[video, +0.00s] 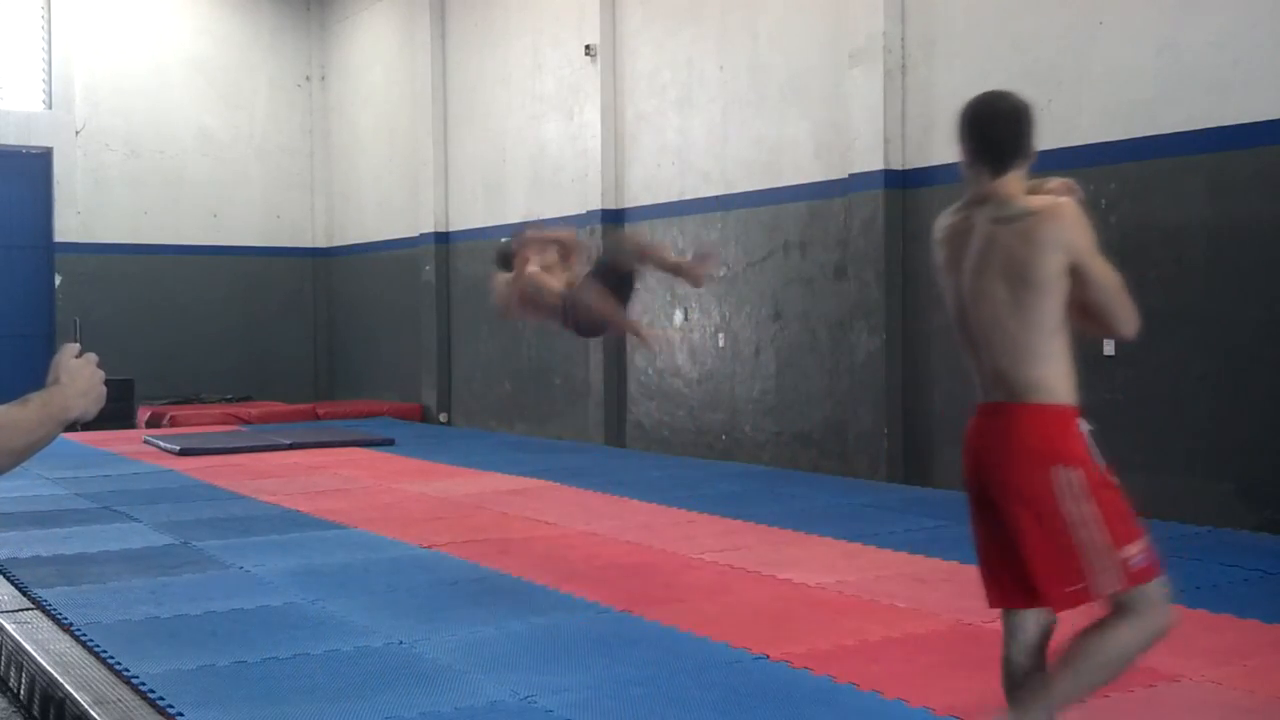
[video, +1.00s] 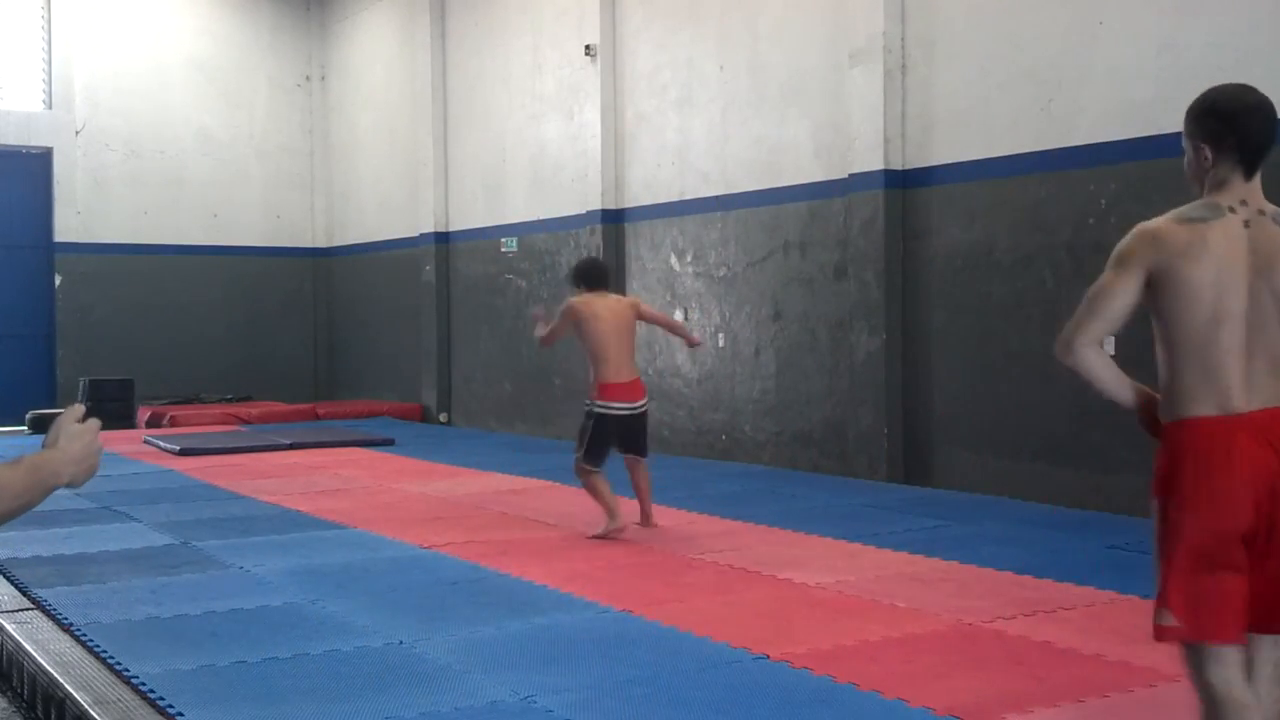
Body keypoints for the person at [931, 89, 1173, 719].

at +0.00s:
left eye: (973, 145)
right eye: (1024, 143)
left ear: (964, 151)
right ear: (1030, 147)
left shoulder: (948, 228)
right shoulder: (1057, 215)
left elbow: (1002, 296)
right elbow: (1121, 321)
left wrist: (1045, 210)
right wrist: (1049, 279)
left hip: (988, 441)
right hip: (1049, 443)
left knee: (1026, 618)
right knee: (1149, 609)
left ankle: (1022, 718)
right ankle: (1031, 706)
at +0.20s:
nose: (1018, 148)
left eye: (1017, 136)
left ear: (1014, 142)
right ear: (1083, 141)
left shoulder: (987, 223)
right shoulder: (1121, 220)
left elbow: (1040, 291)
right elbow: (1172, 335)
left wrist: (1091, 204)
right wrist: (1095, 306)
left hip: (1030, 444)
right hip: (1109, 443)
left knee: (1041, 630)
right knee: (1185, 618)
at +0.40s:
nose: (1079, 152)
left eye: (1079, 142)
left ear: (1083, 144)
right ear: (1149, 144)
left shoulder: (1042, 237)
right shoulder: (1202, 233)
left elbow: (993, 339)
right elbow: (1258, 357)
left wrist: (1056, 300)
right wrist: (1202, 321)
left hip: (1083, 448)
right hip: (1171, 450)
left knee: (1065, 634)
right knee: (1204, 635)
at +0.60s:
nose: (1132, 162)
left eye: (1132, 151)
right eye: (1132, 151)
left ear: (1144, 153)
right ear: (1206, 150)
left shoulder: (1100, 241)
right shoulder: (1265, 237)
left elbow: (1085, 368)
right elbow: (1275, 373)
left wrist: (1139, 335)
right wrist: (1232, 338)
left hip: (1137, 451)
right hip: (1228, 452)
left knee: (1104, 634)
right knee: (1236, 646)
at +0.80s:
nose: (1170, 160)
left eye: (1171, 148)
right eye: (1169, 148)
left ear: (1190, 150)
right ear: (1244, 149)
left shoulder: (1140, 232)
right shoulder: (1275, 229)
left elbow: (1075, 342)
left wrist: (1144, 361)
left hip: (1172, 451)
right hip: (1261, 451)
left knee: (1134, 624)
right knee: (1253, 645)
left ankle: (1194, 715)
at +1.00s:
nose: (1186, 159)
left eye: (1187, 147)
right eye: (1187, 147)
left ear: (1203, 153)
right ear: (1261, 151)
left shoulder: (1158, 240)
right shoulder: (1279, 229)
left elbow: (1078, 346)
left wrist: (1142, 399)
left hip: (1205, 468)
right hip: (1274, 460)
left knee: (1220, 675)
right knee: (1269, 669)